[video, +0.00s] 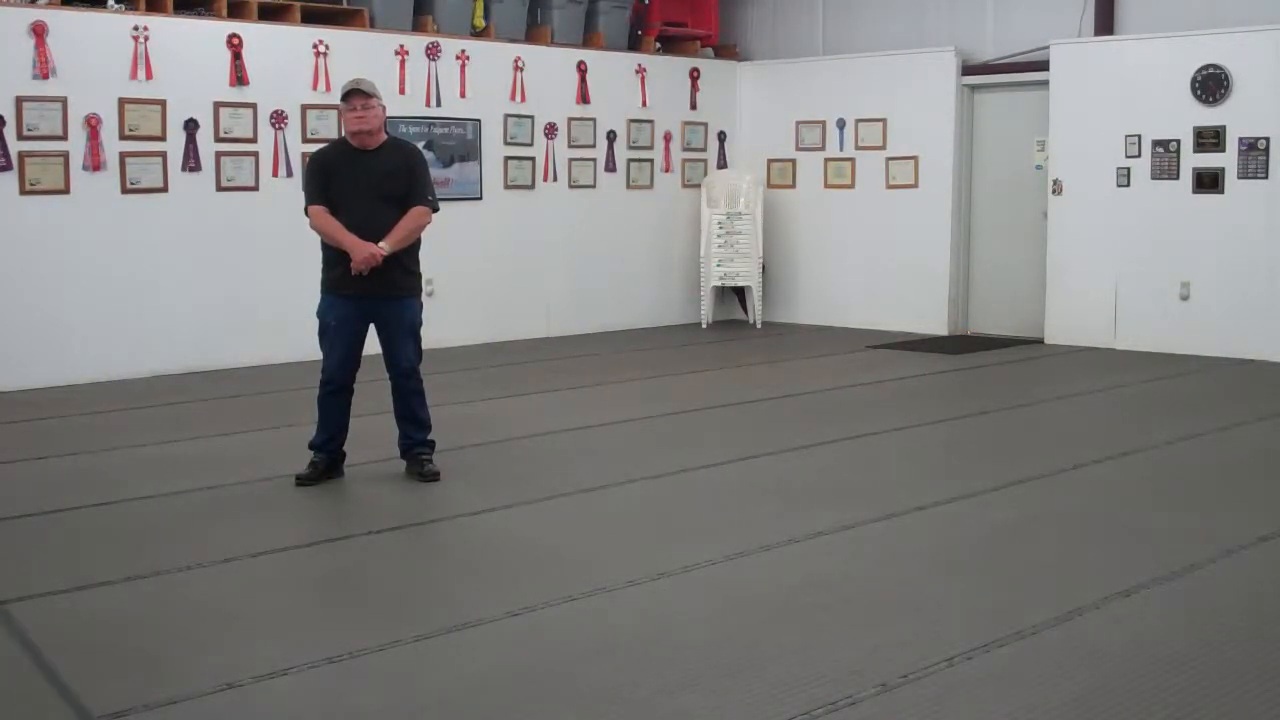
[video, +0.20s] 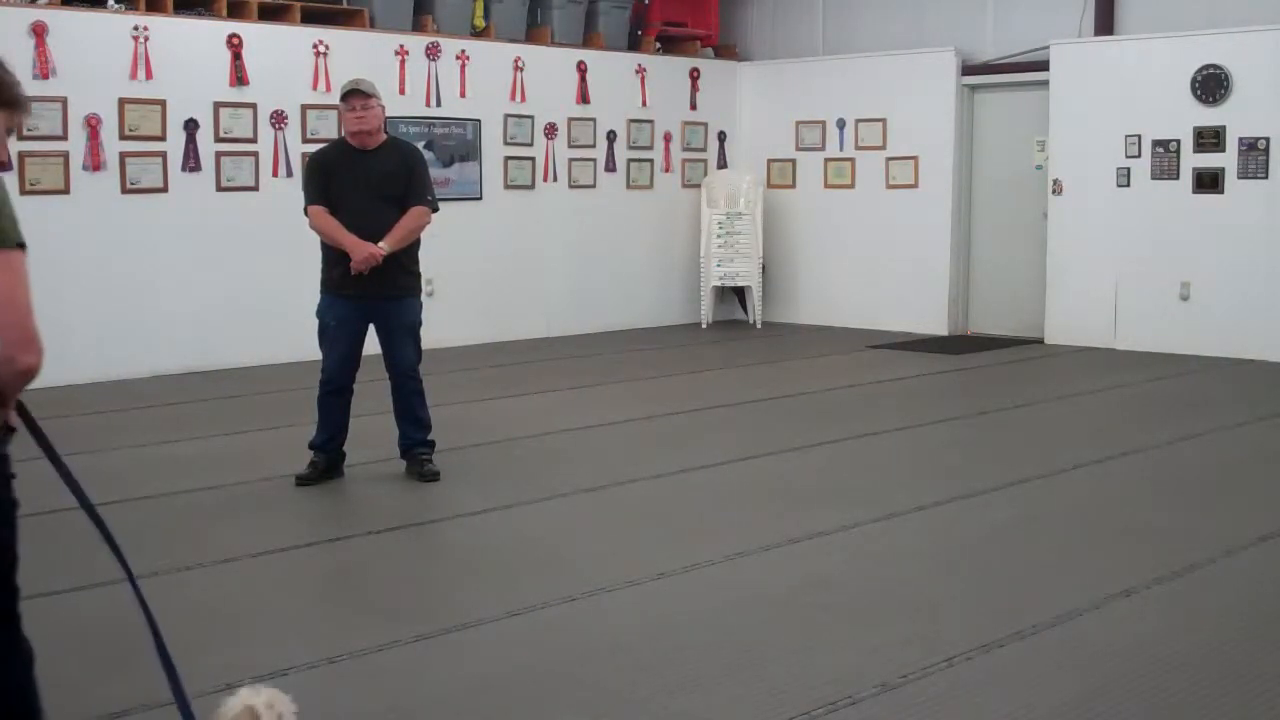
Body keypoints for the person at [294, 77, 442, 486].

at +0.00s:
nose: (359, 114)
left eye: (366, 107)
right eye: (351, 109)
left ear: (382, 111)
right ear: (341, 117)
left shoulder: (407, 155)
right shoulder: (323, 161)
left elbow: (422, 213)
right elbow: (317, 215)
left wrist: (379, 250)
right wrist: (355, 246)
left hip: (398, 287)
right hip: (342, 288)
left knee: (406, 373)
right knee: (335, 375)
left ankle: (419, 452)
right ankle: (327, 455)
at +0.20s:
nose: (359, 114)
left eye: (366, 107)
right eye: (351, 109)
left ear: (382, 111)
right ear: (340, 117)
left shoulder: (407, 155)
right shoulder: (322, 161)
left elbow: (421, 214)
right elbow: (316, 215)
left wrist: (378, 251)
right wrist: (355, 246)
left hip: (398, 287)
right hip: (342, 288)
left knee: (406, 373)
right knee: (335, 375)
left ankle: (419, 452)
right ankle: (327, 455)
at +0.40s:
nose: (358, 113)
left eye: (365, 107)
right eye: (350, 108)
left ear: (381, 112)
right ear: (340, 117)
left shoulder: (407, 155)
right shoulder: (321, 161)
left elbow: (421, 213)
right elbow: (316, 215)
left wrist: (378, 250)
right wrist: (355, 246)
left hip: (398, 288)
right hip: (342, 289)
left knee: (406, 373)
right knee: (335, 375)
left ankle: (419, 452)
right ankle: (327, 455)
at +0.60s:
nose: (357, 114)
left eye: (364, 107)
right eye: (349, 109)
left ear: (381, 112)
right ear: (339, 117)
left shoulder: (407, 155)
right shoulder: (321, 161)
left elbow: (421, 212)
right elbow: (316, 215)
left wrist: (378, 250)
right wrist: (355, 246)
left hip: (398, 287)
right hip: (342, 288)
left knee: (406, 373)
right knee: (334, 375)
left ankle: (419, 452)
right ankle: (327, 455)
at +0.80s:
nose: (357, 114)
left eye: (364, 107)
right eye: (349, 109)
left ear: (380, 112)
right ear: (339, 117)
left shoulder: (407, 155)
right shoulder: (321, 161)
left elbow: (421, 212)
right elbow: (315, 215)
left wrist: (378, 250)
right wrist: (355, 246)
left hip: (397, 287)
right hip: (342, 288)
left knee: (406, 373)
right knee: (334, 375)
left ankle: (419, 452)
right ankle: (327, 455)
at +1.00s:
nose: (357, 114)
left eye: (365, 107)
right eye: (350, 109)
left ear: (380, 111)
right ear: (339, 117)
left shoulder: (406, 155)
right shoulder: (321, 161)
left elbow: (421, 211)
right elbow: (315, 214)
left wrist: (378, 249)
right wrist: (354, 246)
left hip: (397, 287)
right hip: (342, 288)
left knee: (406, 373)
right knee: (335, 375)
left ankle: (419, 452)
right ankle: (327, 455)